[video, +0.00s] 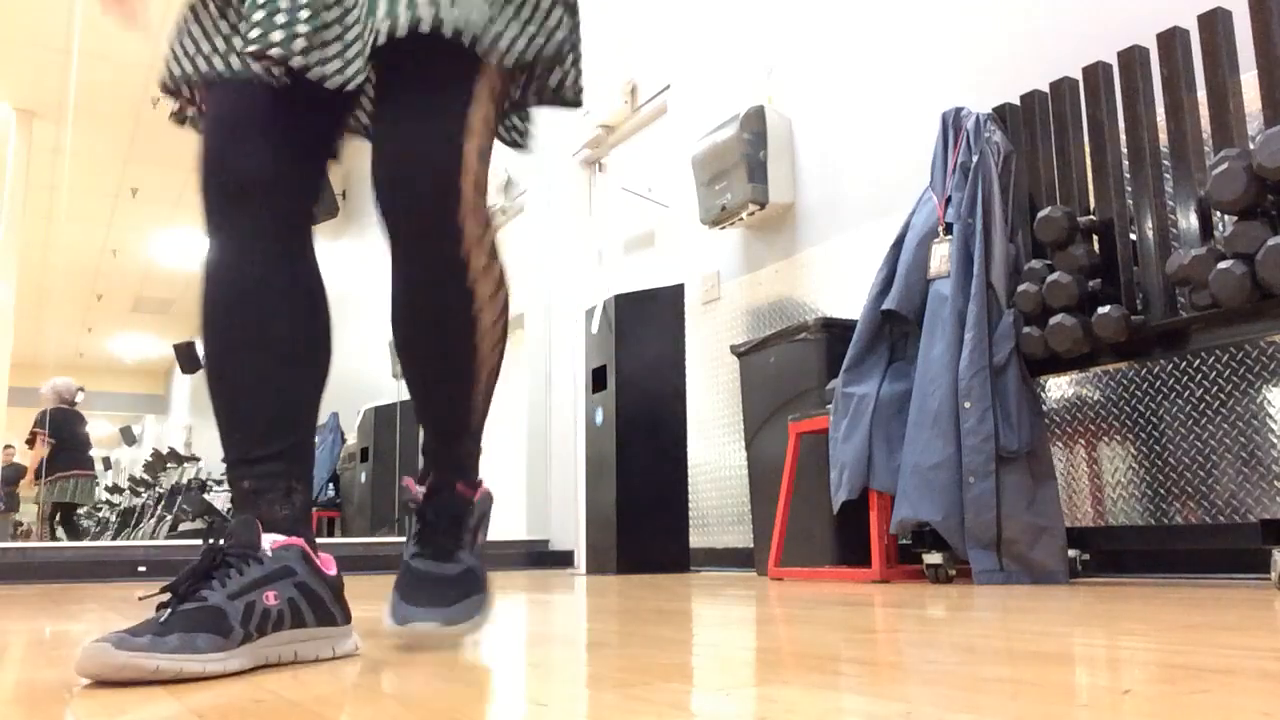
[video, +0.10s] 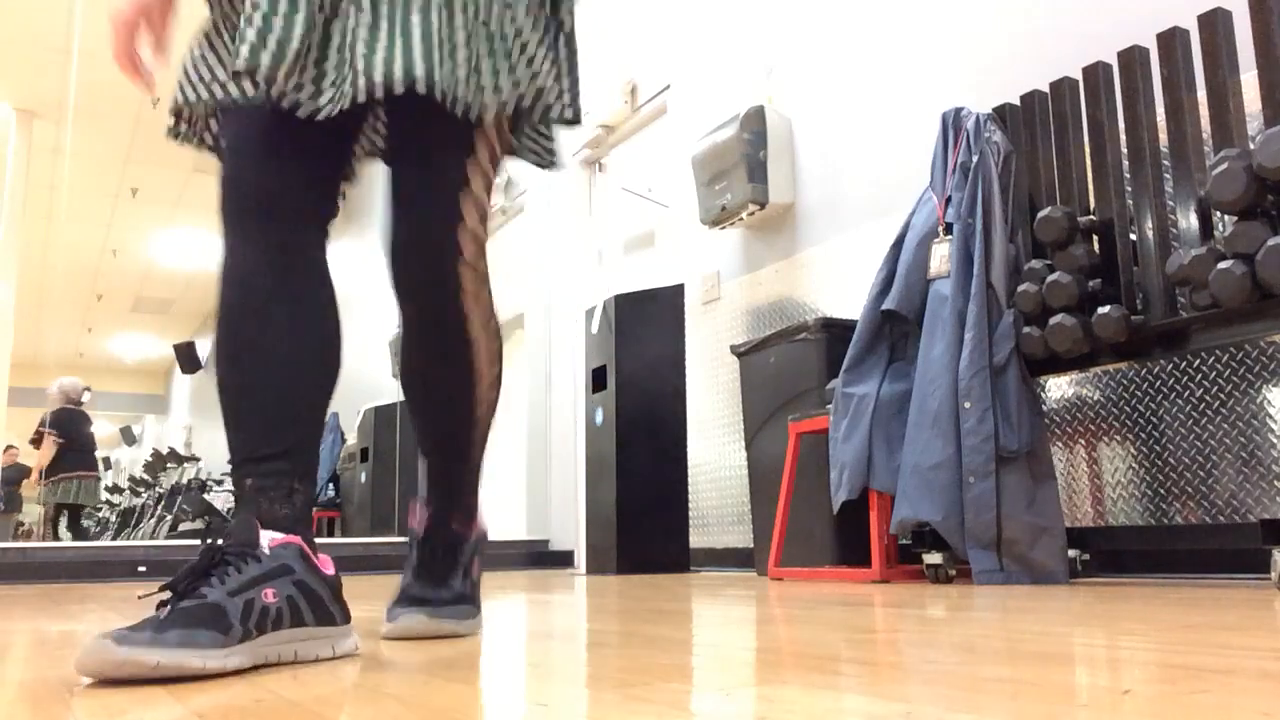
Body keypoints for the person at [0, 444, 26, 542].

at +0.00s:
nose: (7, 457)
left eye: (10, 455)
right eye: (6, 454)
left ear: (14, 456)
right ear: (2, 454)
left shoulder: (17, 468)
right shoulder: (3, 468)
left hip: (8, 505)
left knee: (4, 534)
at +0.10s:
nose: (13, 458)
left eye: (16, 456)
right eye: (11, 455)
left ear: (18, 456)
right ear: (4, 455)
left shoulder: (19, 468)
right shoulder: (2, 468)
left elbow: (34, 472)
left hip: (10, 505)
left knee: (5, 535)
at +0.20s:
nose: (18, 459)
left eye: (20, 456)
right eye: (16, 455)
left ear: (21, 456)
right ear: (7, 455)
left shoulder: (22, 468)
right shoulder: (2, 466)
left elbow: (38, 476)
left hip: (13, 505)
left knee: (6, 537)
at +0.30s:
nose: (22, 459)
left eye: (23, 456)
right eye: (19, 456)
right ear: (10, 455)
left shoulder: (24, 468)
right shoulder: (3, 465)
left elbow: (39, 476)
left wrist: (28, 486)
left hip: (15, 506)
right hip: (2, 503)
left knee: (7, 537)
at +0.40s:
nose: (24, 459)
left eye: (26, 457)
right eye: (22, 456)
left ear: (27, 457)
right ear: (13, 455)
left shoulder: (26, 468)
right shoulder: (3, 466)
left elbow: (40, 476)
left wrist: (29, 486)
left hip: (17, 506)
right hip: (3, 504)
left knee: (8, 537)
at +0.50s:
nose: (27, 460)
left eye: (28, 457)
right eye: (25, 457)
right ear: (16, 455)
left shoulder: (28, 469)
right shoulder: (4, 465)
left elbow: (38, 477)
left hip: (18, 506)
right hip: (3, 504)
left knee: (16, 532)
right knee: (4, 531)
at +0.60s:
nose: (28, 460)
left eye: (29, 457)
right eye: (27, 457)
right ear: (18, 455)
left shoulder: (29, 469)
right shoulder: (4, 465)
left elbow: (38, 478)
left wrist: (29, 466)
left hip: (21, 508)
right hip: (5, 506)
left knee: (18, 534)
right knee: (7, 533)